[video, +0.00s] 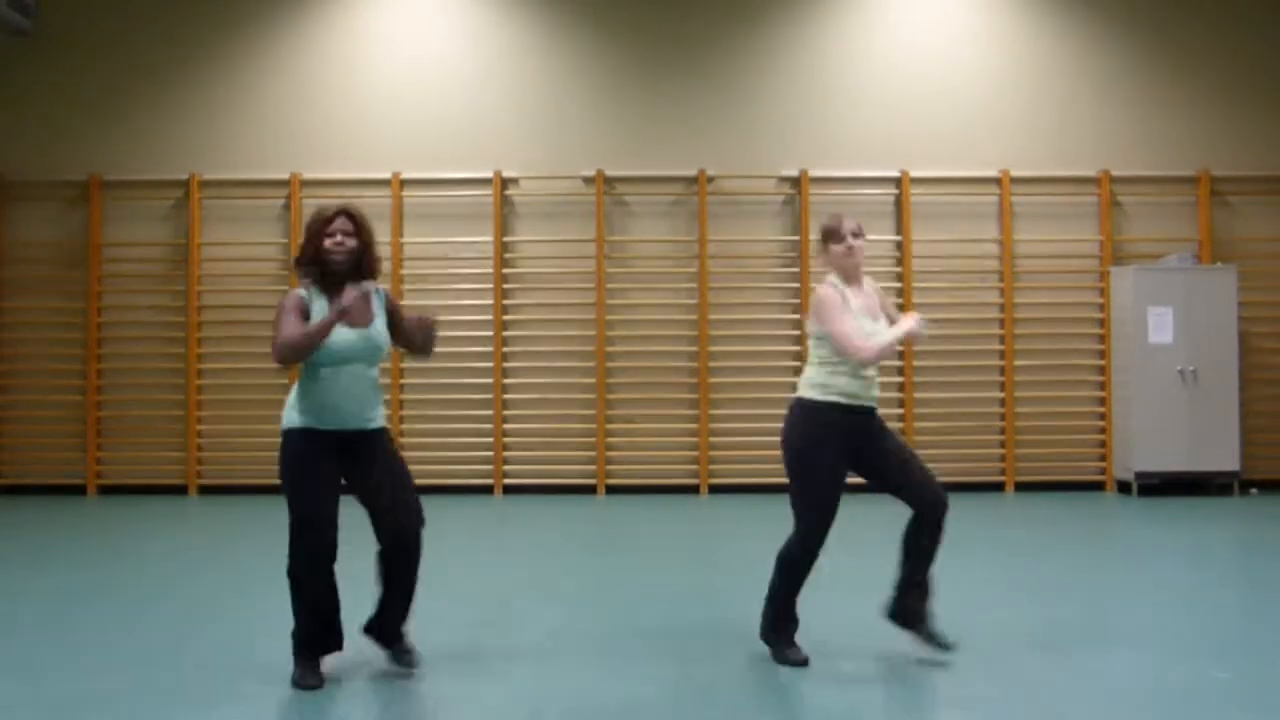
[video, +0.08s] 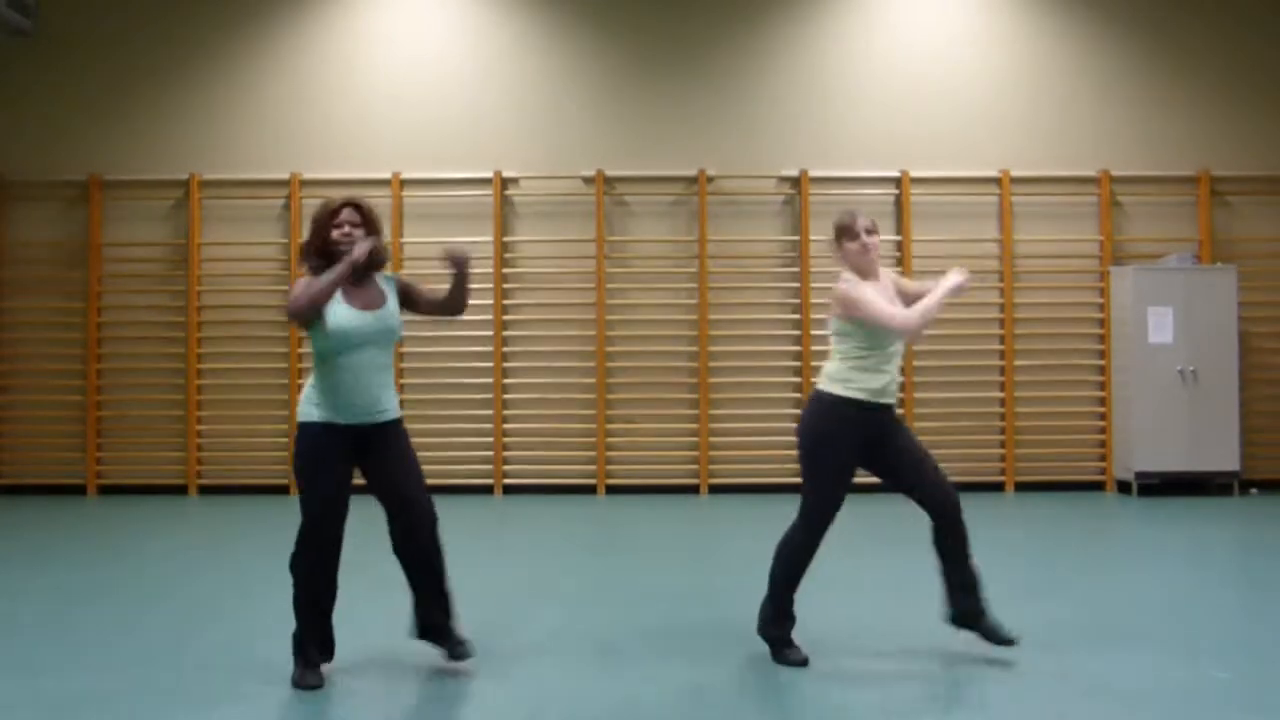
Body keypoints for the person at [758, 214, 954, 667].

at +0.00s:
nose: (850, 245)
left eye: (856, 237)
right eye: (839, 240)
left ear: (866, 243)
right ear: (825, 252)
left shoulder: (872, 291)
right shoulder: (826, 295)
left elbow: (885, 340)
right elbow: (861, 351)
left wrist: (901, 330)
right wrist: (904, 329)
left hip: (861, 422)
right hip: (816, 423)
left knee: (931, 502)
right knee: (810, 532)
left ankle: (909, 606)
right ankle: (776, 629)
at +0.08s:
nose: (867, 242)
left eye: (871, 233)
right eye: (856, 237)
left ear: (880, 238)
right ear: (842, 249)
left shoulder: (888, 281)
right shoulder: (850, 290)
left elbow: (922, 294)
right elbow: (905, 324)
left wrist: (944, 286)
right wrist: (944, 288)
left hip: (878, 421)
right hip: (833, 420)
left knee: (945, 503)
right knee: (813, 521)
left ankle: (966, 609)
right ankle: (774, 623)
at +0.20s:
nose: (889, 255)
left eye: (894, 245)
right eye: (878, 252)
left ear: (905, 248)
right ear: (864, 263)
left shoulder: (919, 280)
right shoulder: (875, 303)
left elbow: (955, 264)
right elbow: (946, 298)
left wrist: (995, 236)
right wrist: (1000, 253)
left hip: (918, 427)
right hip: (871, 425)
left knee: (962, 528)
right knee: (828, 522)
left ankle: (1010, 631)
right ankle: (777, 622)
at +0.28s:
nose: (904, 264)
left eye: (910, 255)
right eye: (892, 259)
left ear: (920, 259)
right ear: (880, 272)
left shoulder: (941, 288)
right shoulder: (891, 319)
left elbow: (985, 265)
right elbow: (953, 312)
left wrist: (1020, 228)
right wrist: (1014, 266)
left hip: (949, 432)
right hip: (899, 433)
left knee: (978, 534)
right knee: (855, 532)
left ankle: (1004, 631)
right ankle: (785, 621)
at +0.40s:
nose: (924, 266)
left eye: (930, 258)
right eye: (914, 262)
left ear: (940, 263)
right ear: (900, 273)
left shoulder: (957, 294)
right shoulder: (900, 322)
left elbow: (1016, 300)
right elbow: (945, 364)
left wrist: (1067, 270)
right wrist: (1012, 339)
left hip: (970, 430)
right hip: (920, 436)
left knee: (997, 533)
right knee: (928, 540)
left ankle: (1005, 631)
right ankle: (859, 592)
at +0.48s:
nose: (934, 272)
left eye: (940, 264)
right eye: (923, 266)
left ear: (950, 269)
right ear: (908, 275)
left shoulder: (963, 307)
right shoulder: (903, 326)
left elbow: (1011, 348)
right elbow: (926, 392)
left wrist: (1066, 348)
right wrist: (989, 413)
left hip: (977, 429)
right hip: (927, 437)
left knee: (1004, 532)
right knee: (960, 541)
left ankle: (1007, 629)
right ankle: (940, 606)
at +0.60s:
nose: (943, 273)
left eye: (950, 265)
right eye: (933, 268)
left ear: (961, 272)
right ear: (919, 278)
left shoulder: (982, 318)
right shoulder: (902, 324)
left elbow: (1005, 382)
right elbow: (864, 377)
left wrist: (984, 424)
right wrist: (905, 416)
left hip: (987, 433)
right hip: (933, 442)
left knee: (1005, 537)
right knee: (955, 544)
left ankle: (1009, 629)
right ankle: (972, 622)